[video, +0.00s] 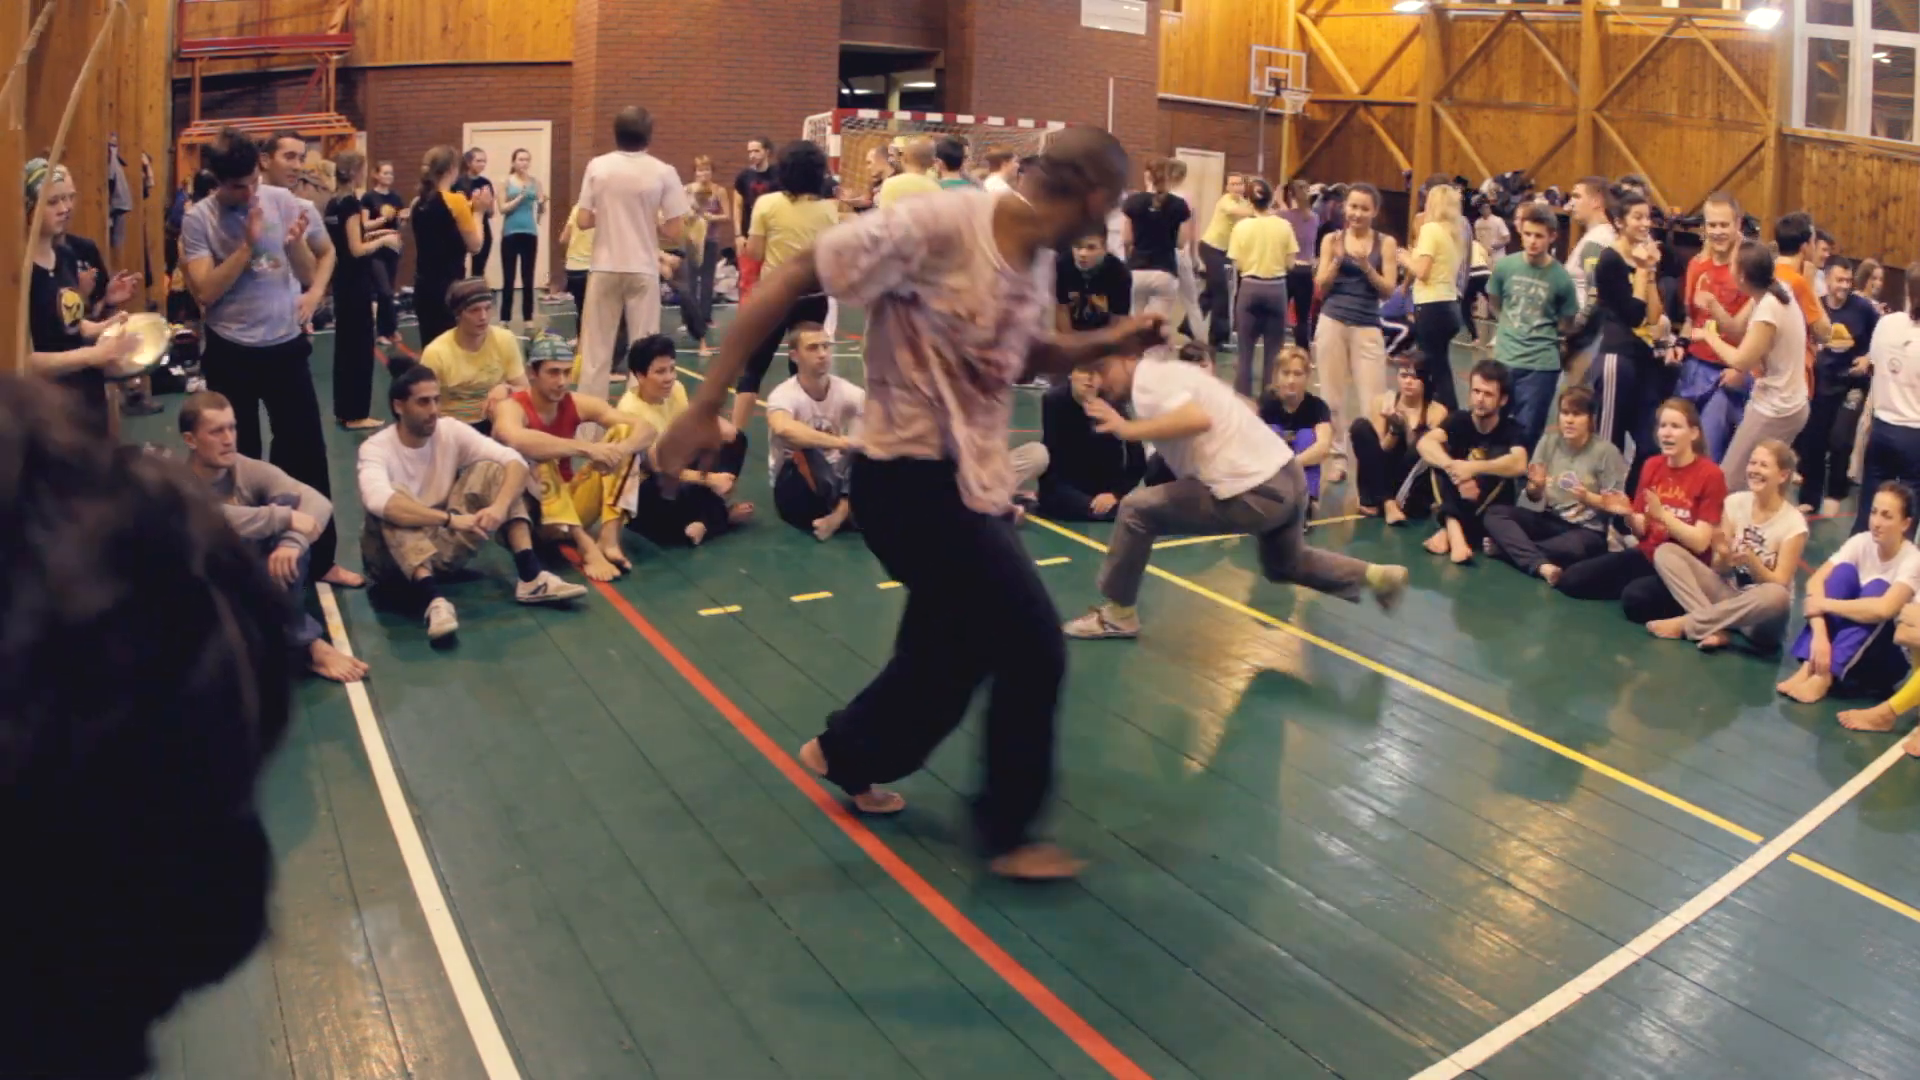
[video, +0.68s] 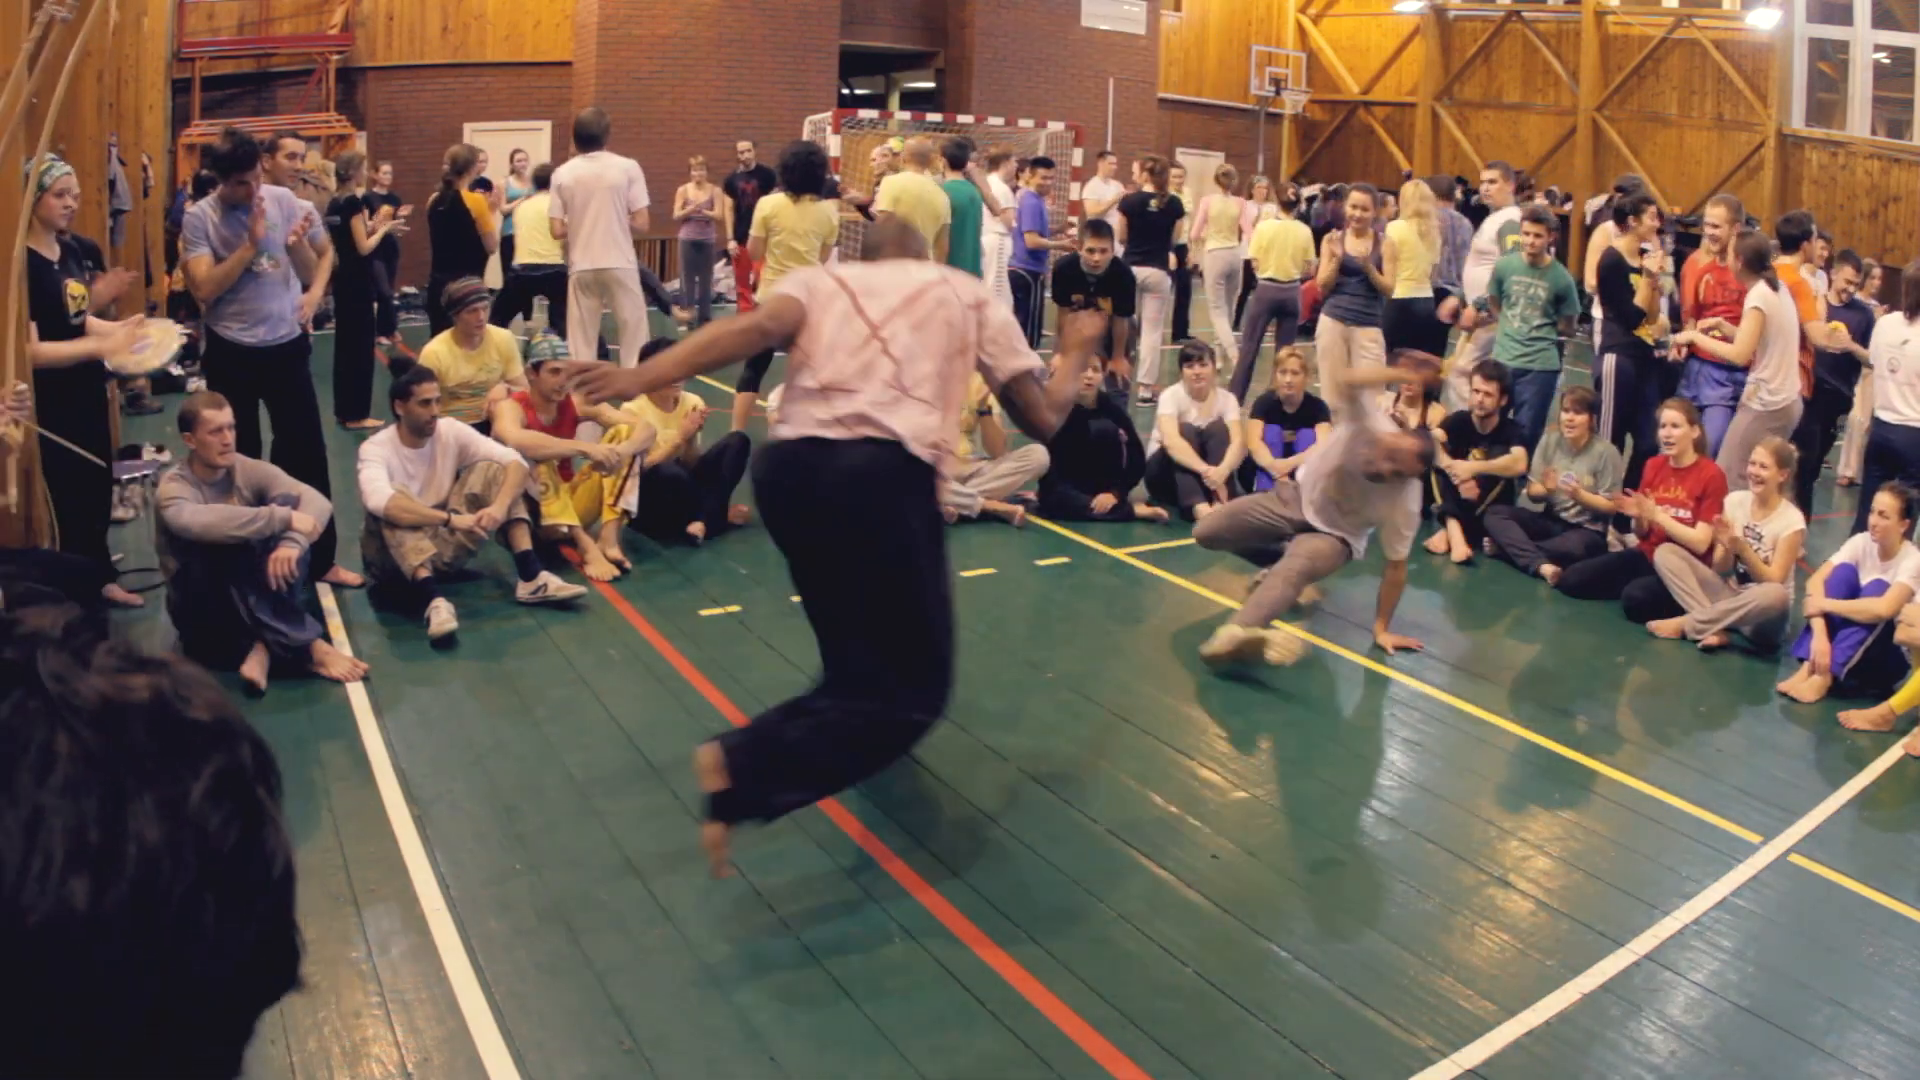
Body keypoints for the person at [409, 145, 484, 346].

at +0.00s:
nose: (458, 172)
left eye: (457, 167)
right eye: (457, 167)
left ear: (429, 169)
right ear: (451, 170)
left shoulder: (417, 204)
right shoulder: (455, 201)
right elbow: (475, 244)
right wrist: (479, 212)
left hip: (424, 284)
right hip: (450, 286)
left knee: (430, 348)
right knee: (451, 348)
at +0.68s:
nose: (480, 167)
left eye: (480, 162)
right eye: (478, 163)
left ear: (450, 166)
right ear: (471, 168)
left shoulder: (433, 201)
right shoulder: (476, 200)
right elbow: (491, 245)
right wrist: (496, 211)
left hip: (438, 283)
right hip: (469, 284)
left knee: (439, 345)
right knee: (467, 344)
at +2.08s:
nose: (485, 169)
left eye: (485, 163)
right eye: (483, 163)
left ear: (455, 168)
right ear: (471, 168)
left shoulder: (438, 202)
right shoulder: (479, 201)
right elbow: (496, 246)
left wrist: (489, 206)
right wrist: (501, 213)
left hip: (445, 278)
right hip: (473, 280)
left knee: (445, 338)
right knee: (472, 340)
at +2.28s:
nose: (484, 167)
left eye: (484, 162)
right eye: (480, 162)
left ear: (453, 168)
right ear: (468, 168)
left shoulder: (439, 199)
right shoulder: (479, 201)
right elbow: (489, 247)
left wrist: (488, 209)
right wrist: (494, 215)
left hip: (444, 279)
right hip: (472, 282)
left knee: (444, 343)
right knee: (471, 342)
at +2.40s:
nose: (482, 168)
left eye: (482, 163)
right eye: (479, 163)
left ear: (451, 168)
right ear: (468, 168)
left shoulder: (438, 199)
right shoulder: (476, 200)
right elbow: (494, 245)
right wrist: (495, 213)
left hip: (442, 282)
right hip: (471, 284)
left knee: (442, 342)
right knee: (469, 343)